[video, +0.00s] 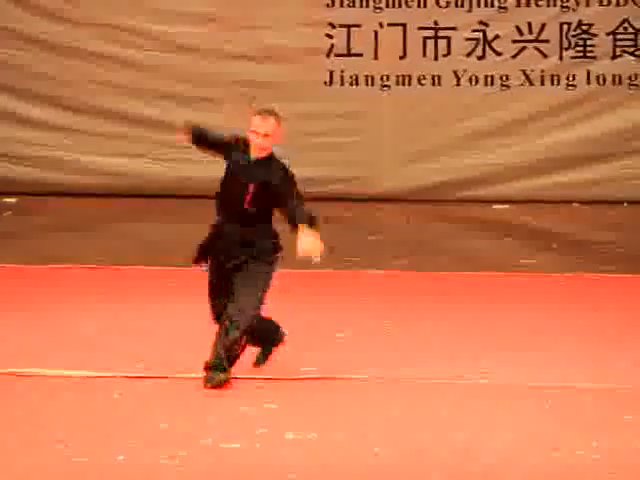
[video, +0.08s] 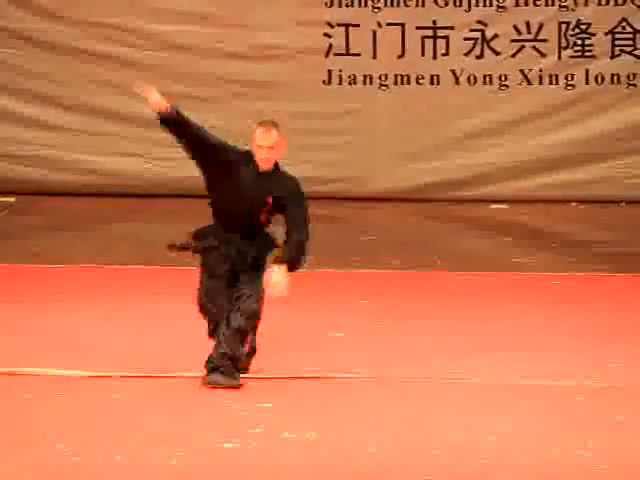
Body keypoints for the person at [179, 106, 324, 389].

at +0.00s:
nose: (258, 140)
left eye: (265, 135)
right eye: (255, 133)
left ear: (276, 137)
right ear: (248, 131)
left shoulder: (278, 173)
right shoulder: (236, 151)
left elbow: (294, 204)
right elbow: (214, 144)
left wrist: (305, 229)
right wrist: (194, 135)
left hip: (257, 250)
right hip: (225, 244)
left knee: (241, 310)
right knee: (222, 310)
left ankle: (219, 366)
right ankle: (268, 334)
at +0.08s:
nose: (265, 153)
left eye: (271, 147)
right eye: (260, 146)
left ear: (281, 149)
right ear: (251, 145)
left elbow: (297, 231)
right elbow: (196, 139)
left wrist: (285, 264)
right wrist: (168, 113)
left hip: (254, 248)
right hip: (220, 242)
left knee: (247, 307)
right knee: (212, 302)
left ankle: (221, 367)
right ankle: (239, 347)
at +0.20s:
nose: (269, 161)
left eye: (275, 155)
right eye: (263, 153)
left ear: (282, 155)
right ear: (252, 152)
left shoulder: (265, 185)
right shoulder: (241, 181)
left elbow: (267, 224)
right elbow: (253, 220)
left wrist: (255, 249)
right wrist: (285, 252)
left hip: (237, 260)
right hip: (214, 259)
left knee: (257, 314)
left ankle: (227, 368)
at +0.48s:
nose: (262, 174)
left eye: (266, 168)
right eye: (256, 168)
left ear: (270, 165)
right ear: (243, 161)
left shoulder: (247, 181)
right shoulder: (235, 185)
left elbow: (278, 170)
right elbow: (267, 187)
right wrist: (299, 180)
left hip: (226, 265)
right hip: (204, 266)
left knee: (251, 318)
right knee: (230, 325)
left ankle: (226, 371)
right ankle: (191, 373)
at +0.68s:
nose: (261, 213)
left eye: (265, 207)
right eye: (255, 206)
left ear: (270, 206)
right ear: (243, 203)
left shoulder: (252, 227)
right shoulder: (231, 224)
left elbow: (262, 193)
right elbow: (229, 204)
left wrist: (266, 172)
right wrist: (231, 186)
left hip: (233, 299)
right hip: (212, 298)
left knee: (256, 327)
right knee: (244, 341)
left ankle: (235, 380)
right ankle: (219, 409)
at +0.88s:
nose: (265, 224)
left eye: (272, 218)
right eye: (260, 216)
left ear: (278, 217)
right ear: (248, 209)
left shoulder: (266, 238)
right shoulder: (238, 228)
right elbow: (233, 235)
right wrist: (223, 242)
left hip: (233, 297)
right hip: (214, 300)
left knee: (264, 318)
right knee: (250, 346)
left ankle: (250, 381)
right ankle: (223, 414)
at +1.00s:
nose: (287, 209)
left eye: (290, 203)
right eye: (284, 202)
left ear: (291, 200)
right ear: (270, 197)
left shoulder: (274, 218)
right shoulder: (254, 216)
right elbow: (223, 257)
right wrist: (237, 246)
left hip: (240, 287)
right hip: (225, 289)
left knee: (271, 314)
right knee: (254, 346)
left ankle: (263, 379)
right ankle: (231, 411)